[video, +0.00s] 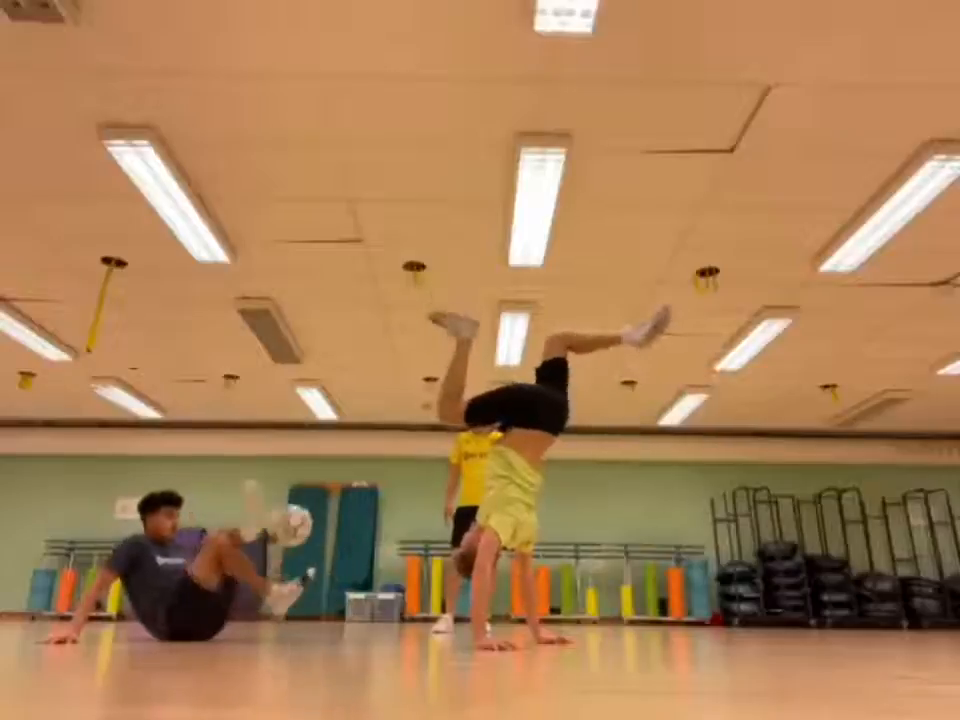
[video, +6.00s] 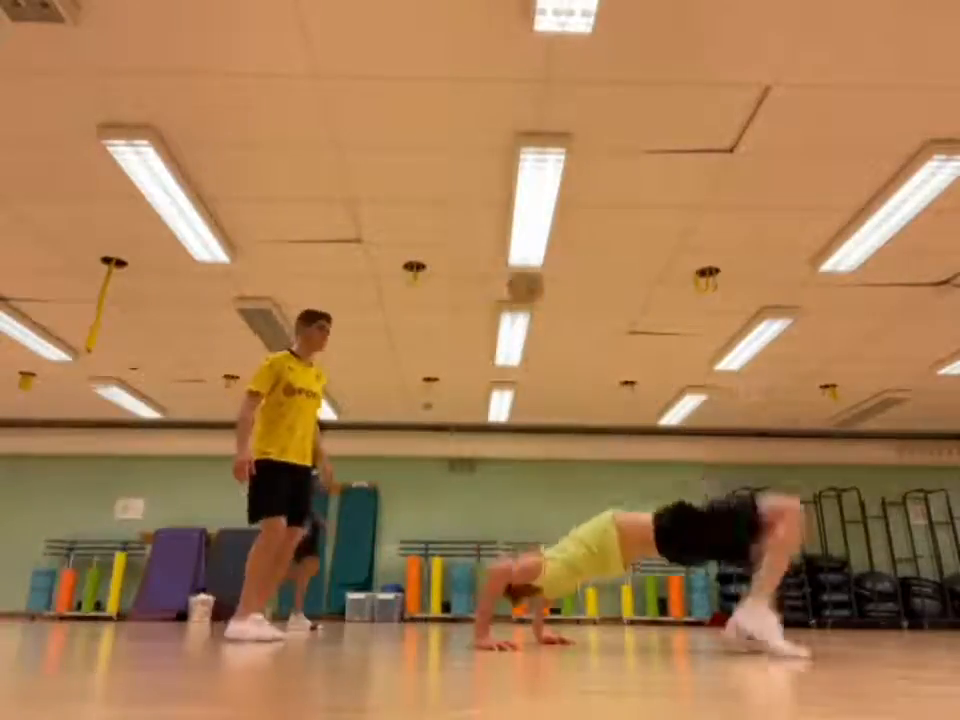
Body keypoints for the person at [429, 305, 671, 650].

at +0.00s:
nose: (479, 558)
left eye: (473, 557)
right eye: (475, 556)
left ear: (471, 550)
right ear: (473, 545)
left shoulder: (522, 536)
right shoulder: (492, 530)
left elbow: (526, 586)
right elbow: (483, 579)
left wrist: (537, 633)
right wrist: (481, 637)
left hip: (553, 413)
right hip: (529, 409)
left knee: (557, 342)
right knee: (451, 414)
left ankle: (629, 336)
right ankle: (464, 338)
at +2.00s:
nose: (485, 562)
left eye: (484, 566)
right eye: (482, 563)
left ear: (474, 548)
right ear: (475, 543)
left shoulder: (525, 534)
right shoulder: (495, 527)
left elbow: (527, 582)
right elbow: (482, 575)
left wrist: (537, 631)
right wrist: (481, 636)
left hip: (554, 414)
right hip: (533, 408)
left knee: (557, 343)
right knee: (452, 416)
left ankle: (612, 370)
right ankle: (459, 342)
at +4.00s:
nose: (478, 564)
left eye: (471, 561)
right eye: (473, 560)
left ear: (473, 558)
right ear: (474, 554)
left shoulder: (518, 539)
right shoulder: (495, 532)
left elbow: (528, 586)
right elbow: (481, 581)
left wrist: (538, 633)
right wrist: (480, 636)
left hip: (549, 416)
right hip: (533, 412)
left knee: (530, 351)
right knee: (470, 354)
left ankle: (595, 330)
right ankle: (464, 274)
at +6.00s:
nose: (520, 563)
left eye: (518, 562)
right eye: (519, 564)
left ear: (524, 585)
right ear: (524, 574)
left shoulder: (554, 575)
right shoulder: (545, 565)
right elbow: (497, 573)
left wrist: (538, 630)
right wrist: (482, 634)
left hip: (672, 539)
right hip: (673, 530)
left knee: (771, 535)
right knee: (788, 511)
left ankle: (745, 622)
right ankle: (757, 609)